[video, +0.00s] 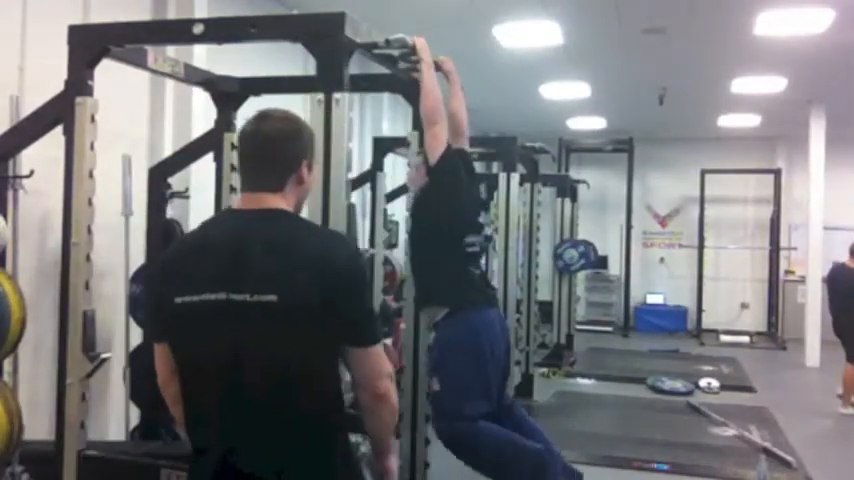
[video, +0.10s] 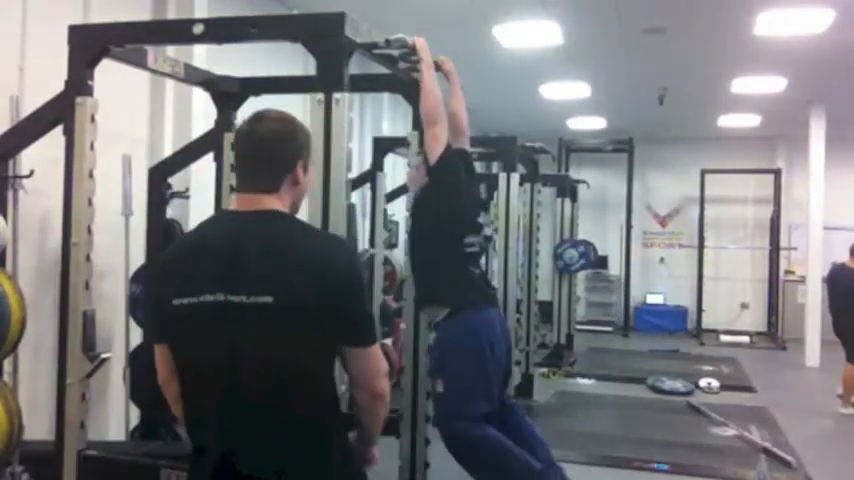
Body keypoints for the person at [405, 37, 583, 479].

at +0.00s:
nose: (410, 172)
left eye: (415, 166)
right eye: (412, 167)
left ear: (429, 168)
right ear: (439, 165)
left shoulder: (440, 186)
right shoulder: (463, 182)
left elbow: (432, 119)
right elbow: (457, 128)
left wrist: (424, 62)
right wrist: (451, 76)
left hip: (461, 322)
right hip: (487, 317)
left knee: (456, 426)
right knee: (498, 407)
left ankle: (548, 471)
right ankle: (560, 471)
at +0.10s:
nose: (409, 175)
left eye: (413, 168)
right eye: (410, 168)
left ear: (429, 168)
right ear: (442, 164)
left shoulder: (440, 188)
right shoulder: (467, 184)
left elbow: (432, 120)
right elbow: (459, 130)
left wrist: (423, 63)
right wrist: (451, 75)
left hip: (460, 323)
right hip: (487, 317)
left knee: (460, 426)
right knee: (498, 409)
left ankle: (532, 473)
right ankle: (548, 470)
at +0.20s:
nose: (412, 168)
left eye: (415, 161)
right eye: (414, 163)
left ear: (430, 162)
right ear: (449, 158)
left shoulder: (440, 184)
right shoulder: (466, 182)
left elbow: (431, 122)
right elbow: (460, 130)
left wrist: (424, 63)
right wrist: (450, 75)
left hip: (458, 321)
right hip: (486, 314)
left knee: (462, 426)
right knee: (499, 414)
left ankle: (513, 477)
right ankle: (533, 474)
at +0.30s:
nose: (426, 148)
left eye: (431, 141)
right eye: (433, 140)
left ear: (437, 155)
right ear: (459, 155)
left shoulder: (441, 184)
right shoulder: (464, 185)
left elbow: (428, 120)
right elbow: (461, 130)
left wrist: (425, 64)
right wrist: (450, 74)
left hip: (449, 317)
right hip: (475, 310)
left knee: (467, 424)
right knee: (496, 415)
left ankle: (494, 477)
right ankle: (517, 473)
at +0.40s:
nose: (447, 131)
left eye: (451, 131)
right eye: (451, 129)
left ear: (460, 143)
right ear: (472, 149)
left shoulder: (446, 168)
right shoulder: (472, 175)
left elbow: (427, 118)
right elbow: (461, 123)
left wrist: (424, 63)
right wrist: (450, 73)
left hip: (436, 304)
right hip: (459, 300)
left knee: (449, 406)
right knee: (477, 394)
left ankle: (502, 473)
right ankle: (518, 469)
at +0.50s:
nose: (456, 127)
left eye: (463, 128)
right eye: (461, 127)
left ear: (470, 144)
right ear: (482, 153)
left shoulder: (450, 162)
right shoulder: (476, 178)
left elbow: (422, 116)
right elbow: (460, 127)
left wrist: (422, 62)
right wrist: (451, 78)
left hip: (419, 285)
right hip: (448, 283)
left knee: (425, 381)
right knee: (450, 370)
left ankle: (506, 444)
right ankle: (503, 436)